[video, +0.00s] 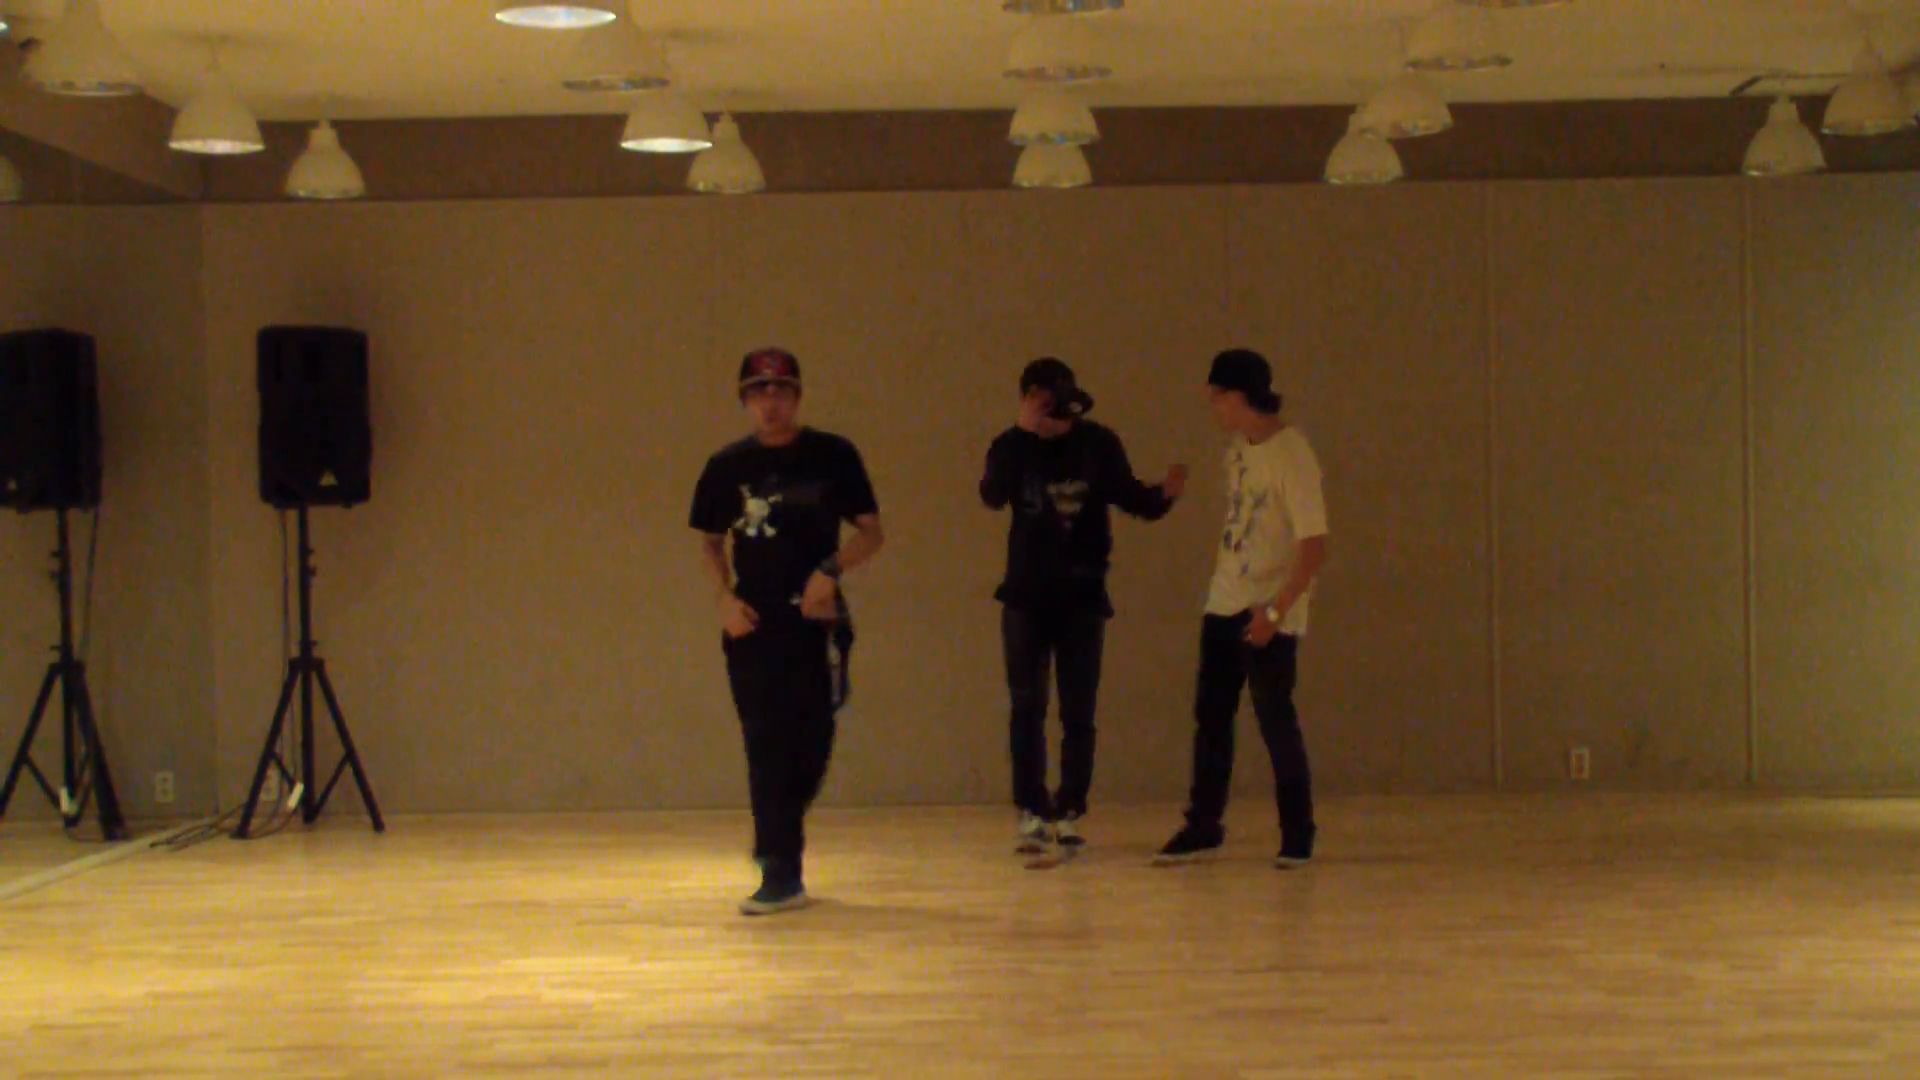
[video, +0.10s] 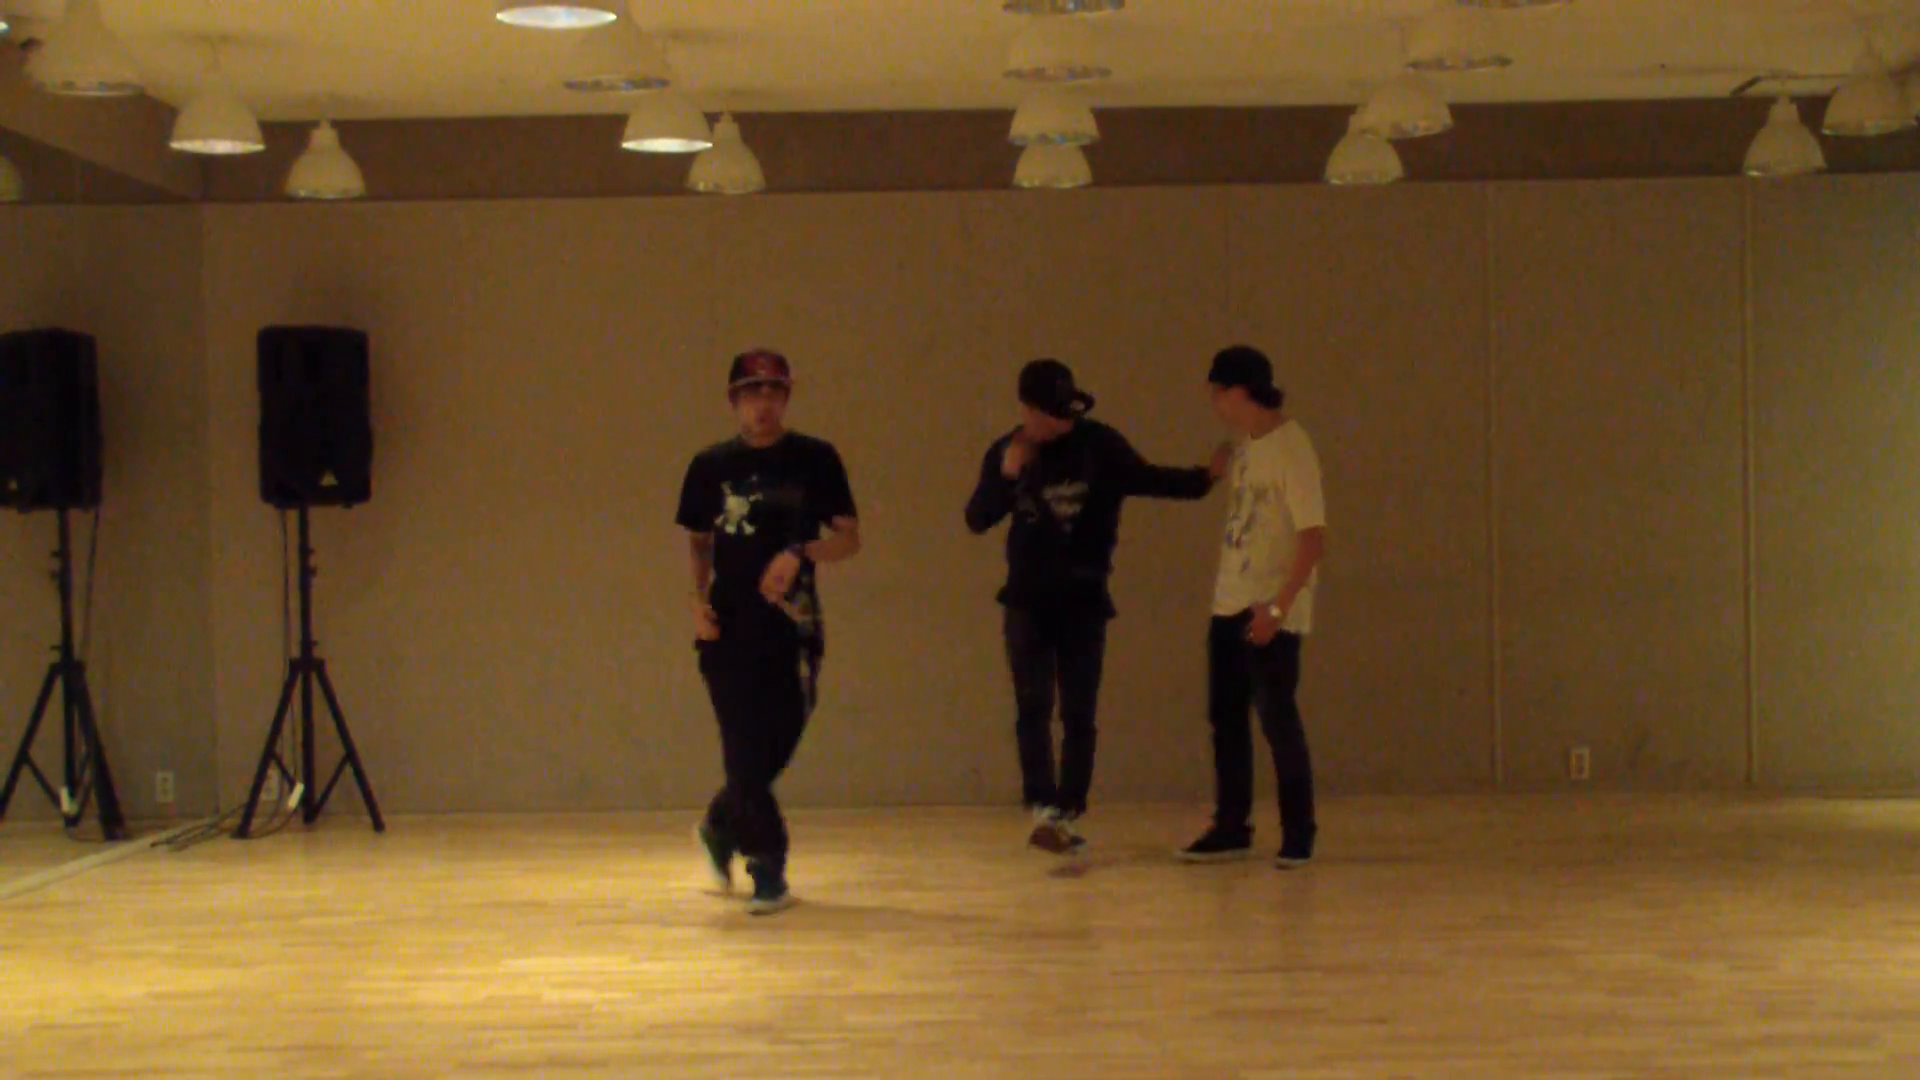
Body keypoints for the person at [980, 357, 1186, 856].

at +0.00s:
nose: (1043, 414)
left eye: (1052, 405)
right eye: (1037, 404)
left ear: (1067, 403)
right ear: (1025, 400)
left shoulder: (1097, 443)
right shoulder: (1011, 446)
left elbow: (1132, 500)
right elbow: (993, 497)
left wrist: (1164, 495)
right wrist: (1023, 433)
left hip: (1082, 596)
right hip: (1027, 595)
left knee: (1078, 712)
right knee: (1027, 706)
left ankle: (1069, 814)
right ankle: (1031, 812)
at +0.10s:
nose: (1027, 422)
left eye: (1036, 415)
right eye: (1029, 412)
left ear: (1059, 414)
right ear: (1026, 409)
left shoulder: (1100, 446)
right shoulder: (1008, 453)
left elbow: (1145, 479)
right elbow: (977, 521)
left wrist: (1203, 479)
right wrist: (1006, 475)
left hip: (1083, 599)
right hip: (1028, 599)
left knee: (1078, 711)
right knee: (1033, 705)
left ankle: (1070, 815)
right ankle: (1042, 809)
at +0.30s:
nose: (1045, 436)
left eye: (1052, 426)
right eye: (1036, 427)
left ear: (1062, 412)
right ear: (1017, 417)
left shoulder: (1095, 446)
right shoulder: (1001, 463)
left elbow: (1158, 475)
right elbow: (987, 520)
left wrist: (1225, 480)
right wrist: (981, 569)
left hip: (1089, 604)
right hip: (1033, 606)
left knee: (1082, 715)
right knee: (1045, 714)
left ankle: (1070, 814)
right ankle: (1062, 831)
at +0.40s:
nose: (1036, 441)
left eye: (1043, 431)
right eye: (1027, 432)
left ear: (1054, 417)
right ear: (1008, 422)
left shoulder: (1087, 443)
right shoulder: (995, 471)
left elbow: (1144, 470)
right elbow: (985, 540)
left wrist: (1209, 479)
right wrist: (979, 606)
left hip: (1091, 607)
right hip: (1034, 611)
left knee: (1094, 725)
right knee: (1042, 722)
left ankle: (1071, 801)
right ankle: (1063, 834)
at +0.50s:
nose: (1033, 426)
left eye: (1042, 416)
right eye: (1025, 415)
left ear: (1054, 409)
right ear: (1006, 406)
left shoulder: (1081, 435)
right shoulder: (988, 464)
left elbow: (1131, 469)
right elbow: (980, 543)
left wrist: (1176, 489)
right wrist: (982, 619)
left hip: (1090, 600)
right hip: (1032, 606)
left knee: (1101, 716)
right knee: (1046, 724)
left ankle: (1090, 805)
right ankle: (1064, 833)